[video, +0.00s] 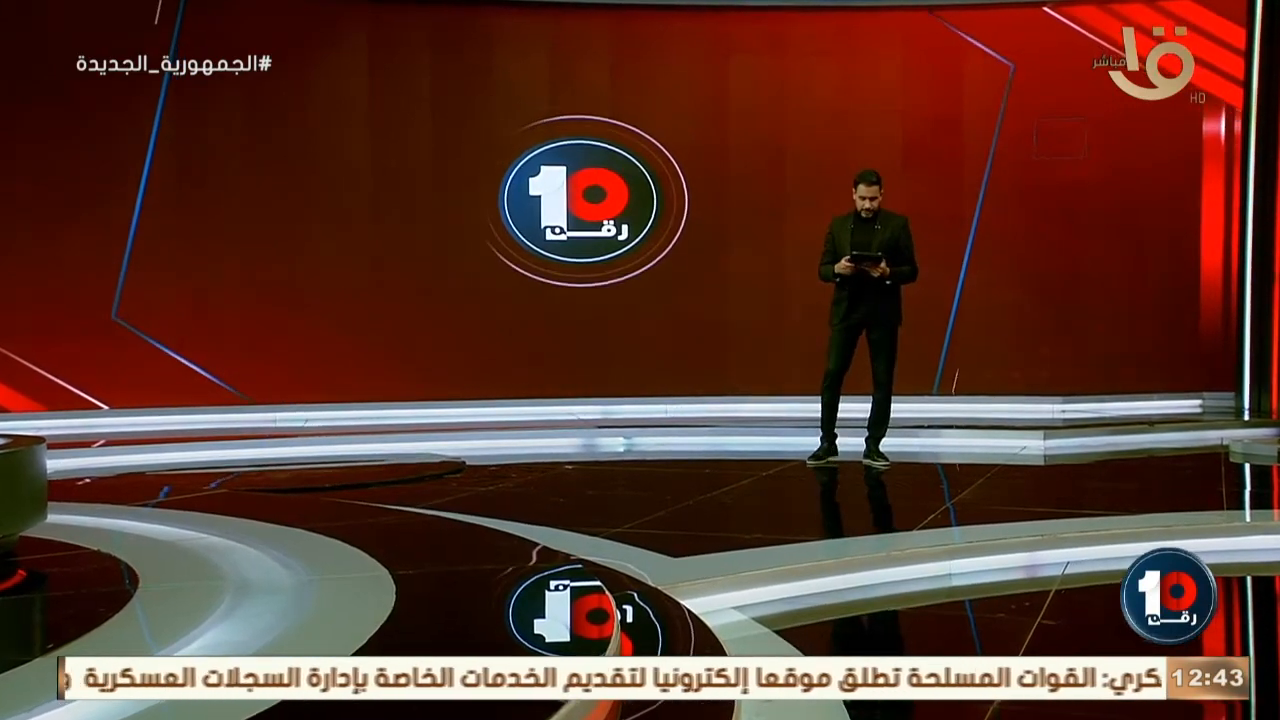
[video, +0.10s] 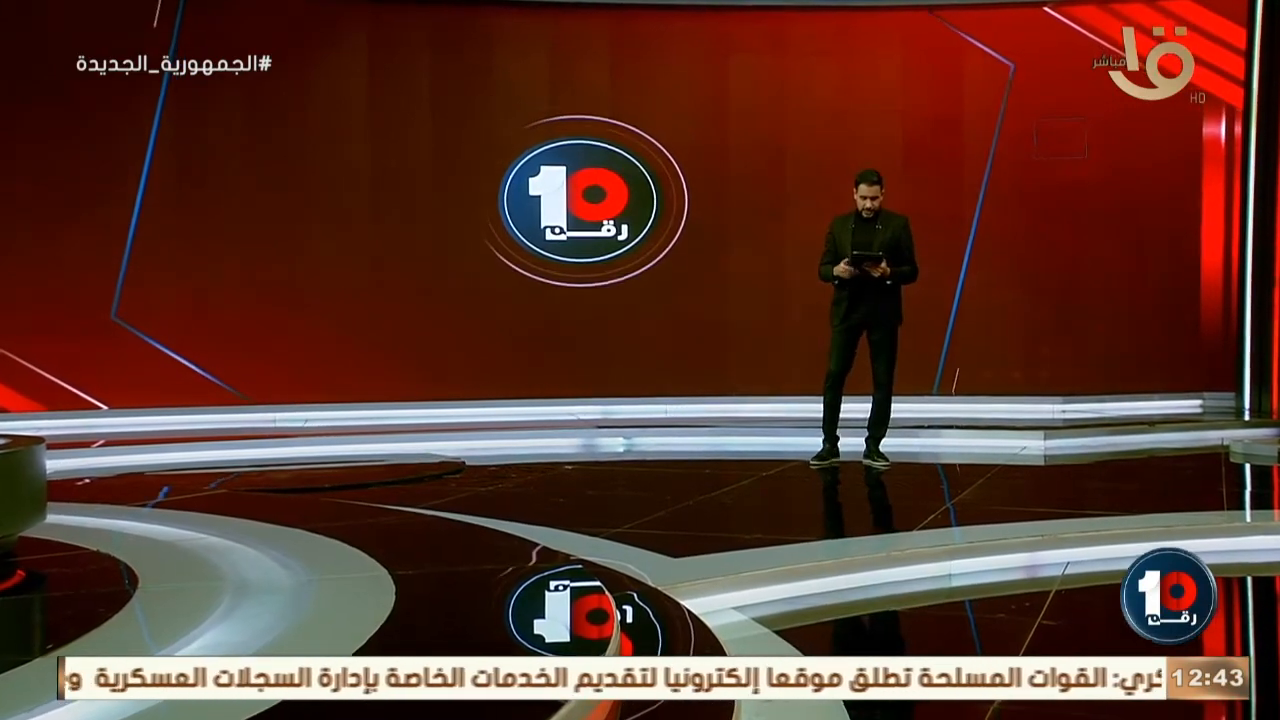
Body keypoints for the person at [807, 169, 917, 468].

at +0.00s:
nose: (868, 205)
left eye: (874, 198)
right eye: (863, 198)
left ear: (882, 197)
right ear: (854, 195)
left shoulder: (897, 225)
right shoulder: (839, 225)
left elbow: (911, 272)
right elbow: (824, 271)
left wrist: (888, 272)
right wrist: (837, 269)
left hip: (883, 315)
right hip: (846, 314)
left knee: (883, 381)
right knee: (832, 374)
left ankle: (873, 447)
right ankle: (827, 443)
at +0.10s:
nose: (869, 204)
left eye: (875, 198)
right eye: (864, 198)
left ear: (883, 196)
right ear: (855, 195)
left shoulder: (897, 225)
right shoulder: (840, 225)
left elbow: (911, 272)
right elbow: (824, 270)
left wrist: (889, 272)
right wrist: (836, 271)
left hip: (883, 315)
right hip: (847, 314)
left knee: (883, 382)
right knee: (834, 375)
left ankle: (873, 447)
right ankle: (829, 445)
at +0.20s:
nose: (870, 204)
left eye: (876, 197)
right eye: (865, 197)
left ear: (884, 196)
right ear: (856, 194)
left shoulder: (898, 225)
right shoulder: (841, 225)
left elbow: (911, 272)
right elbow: (825, 267)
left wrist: (889, 272)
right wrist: (832, 279)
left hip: (884, 315)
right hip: (847, 314)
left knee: (883, 382)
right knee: (838, 376)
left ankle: (873, 448)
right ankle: (831, 446)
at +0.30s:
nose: (871, 203)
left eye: (876, 197)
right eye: (865, 197)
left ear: (884, 196)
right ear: (856, 194)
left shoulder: (898, 225)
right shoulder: (841, 225)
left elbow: (911, 272)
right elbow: (825, 266)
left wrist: (889, 272)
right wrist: (829, 288)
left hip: (884, 316)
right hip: (848, 314)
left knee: (883, 383)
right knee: (837, 377)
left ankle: (873, 448)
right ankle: (831, 446)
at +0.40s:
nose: (871, 204)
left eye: (877, 198)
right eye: (866, 198)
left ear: (885, 196)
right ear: (856, 194)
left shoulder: (898, 225)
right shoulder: (841, 225)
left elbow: (911, 273)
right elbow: (826, 270)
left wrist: (889, 272)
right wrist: (831, 304)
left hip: (884, 317)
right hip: (848, 314)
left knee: (883, 383)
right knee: (837, 378)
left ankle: (873, 448)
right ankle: (831, 446)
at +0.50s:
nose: (871, 205)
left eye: (877, 199)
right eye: (866, 198)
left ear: (885, 196)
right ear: (857, 194)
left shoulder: (898, 226)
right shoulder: (841, 225)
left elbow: (911, 273)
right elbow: (826, 272)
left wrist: (888, 272)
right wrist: (833, 310)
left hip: (884, 317)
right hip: (848, 315)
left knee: (883, 384)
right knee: (837, 379)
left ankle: (873, 448)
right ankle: (831, 446)